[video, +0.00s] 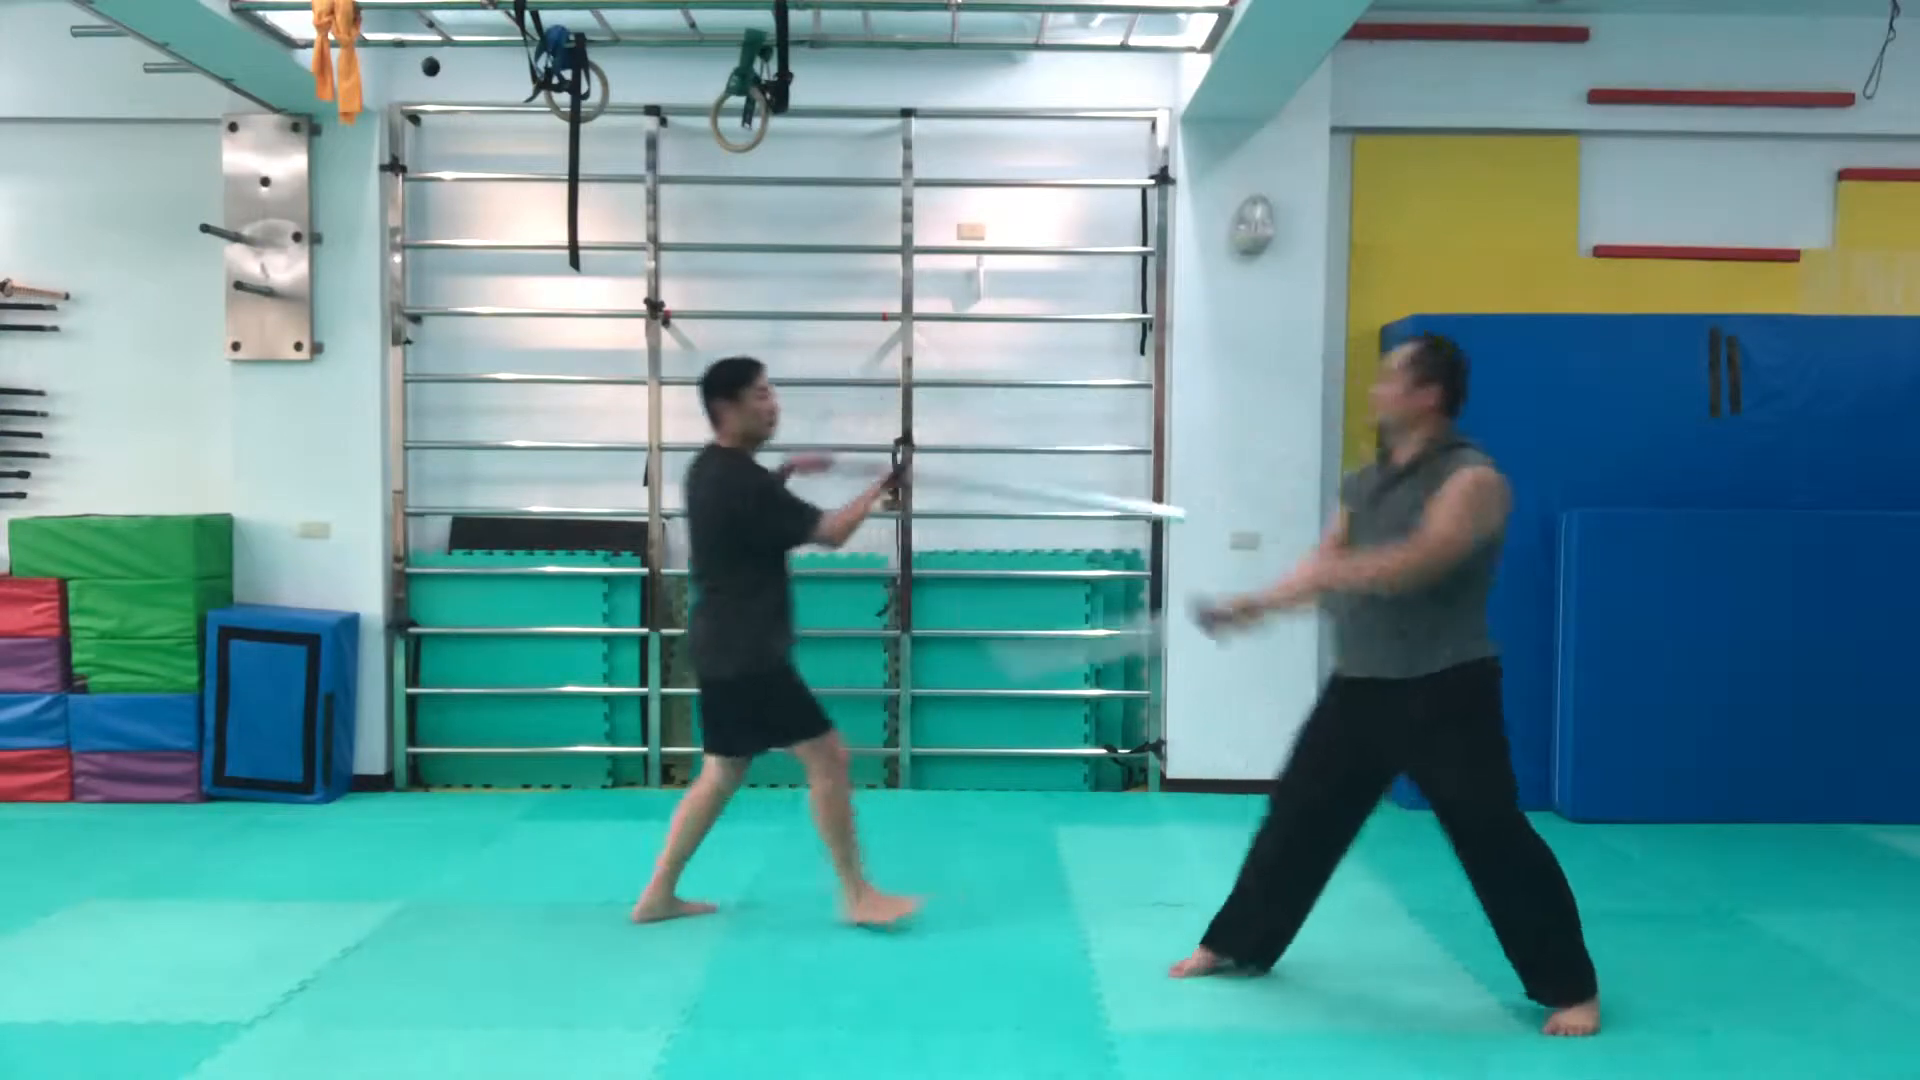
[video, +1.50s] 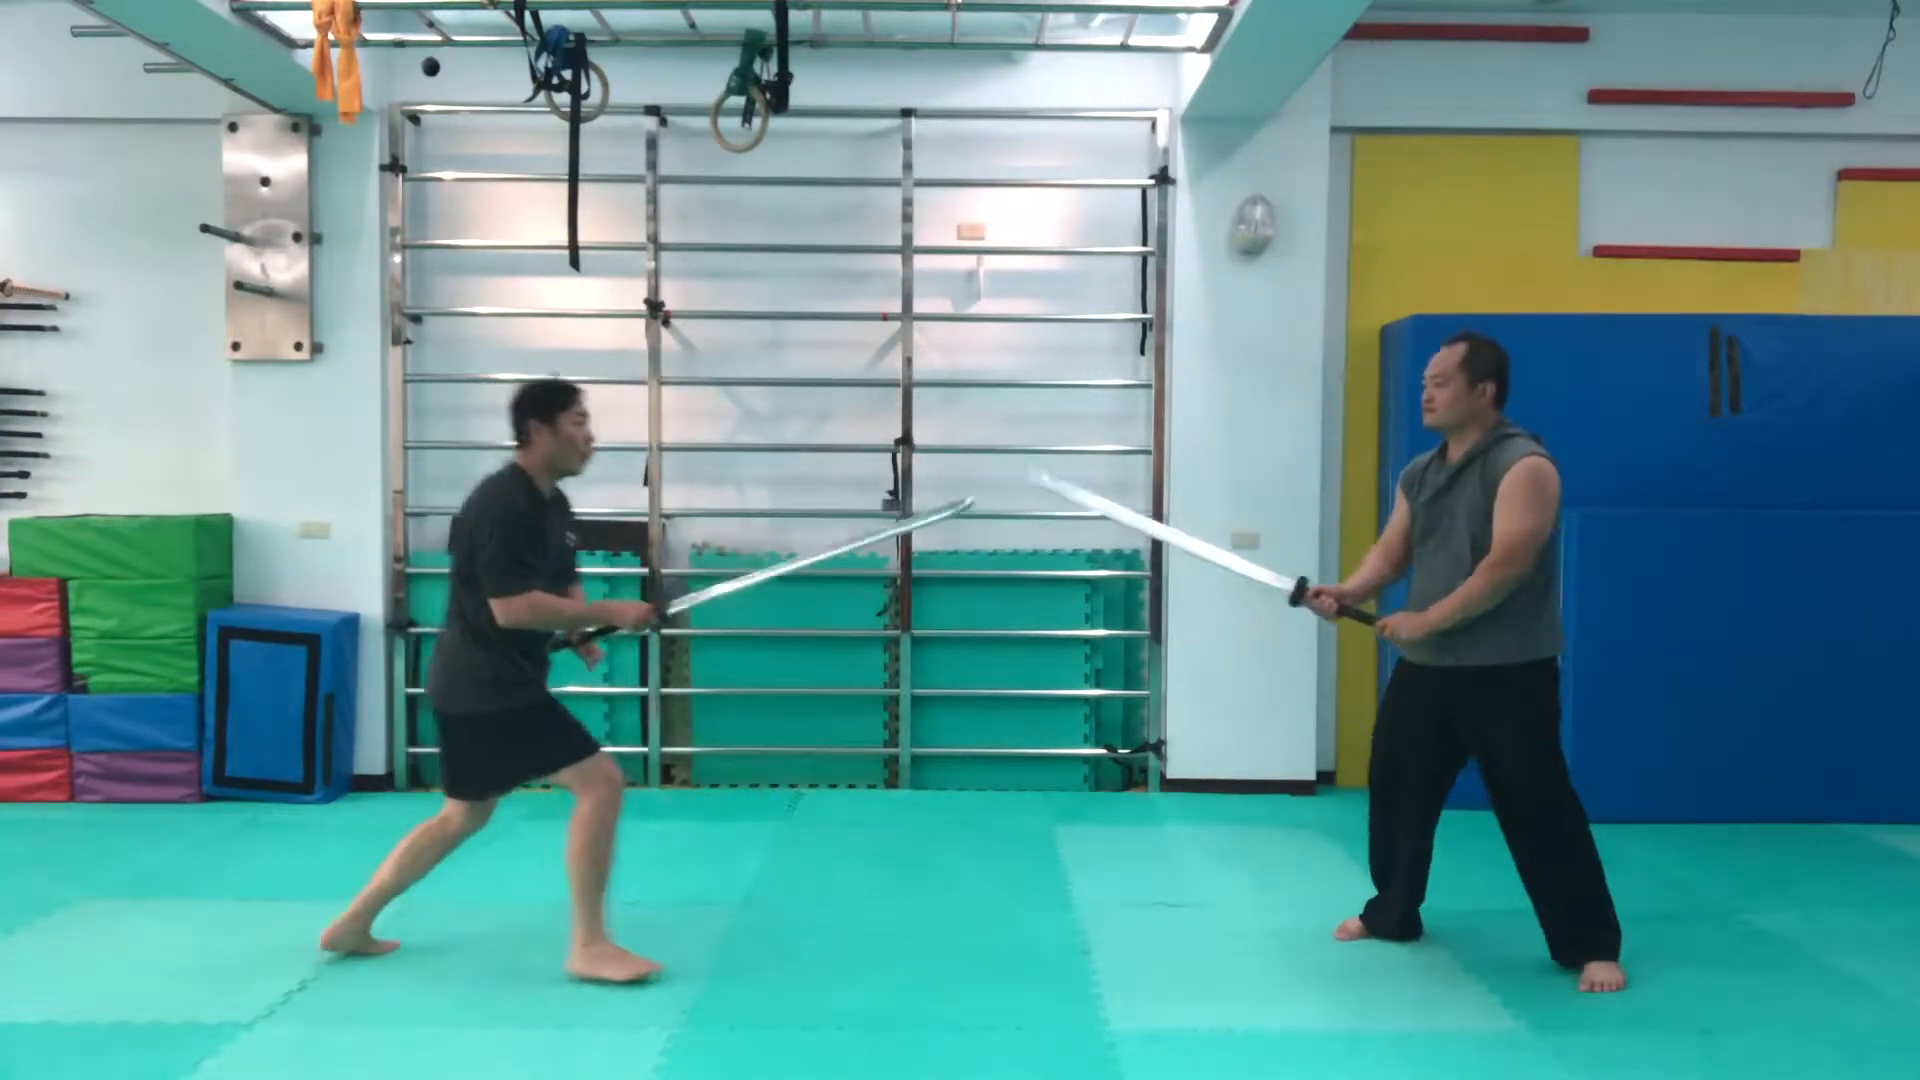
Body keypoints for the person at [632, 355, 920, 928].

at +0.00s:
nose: (774, 404)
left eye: (771, 393)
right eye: (761, 396)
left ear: (726, 411)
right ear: (727, 409)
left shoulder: (706, 471)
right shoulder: (746, 481)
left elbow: (744, 506)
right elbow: (830, 531)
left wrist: (788, 471)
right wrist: (875, 493)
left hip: (719, 657)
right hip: (752, 658)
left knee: (721, 774)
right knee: (827, 758)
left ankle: (657, 895)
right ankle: (857, 896)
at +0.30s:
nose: (720, 389)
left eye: (717, 378)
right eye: (708, 380)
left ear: (669, 393)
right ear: (673, 391)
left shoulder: (639, 460)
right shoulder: (682, 465)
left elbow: (651, 570)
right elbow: (702, 566)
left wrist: (740, 582)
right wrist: (763, 582)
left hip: (643, 647)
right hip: (675, 649)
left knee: (673, 769)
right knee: (704, 775)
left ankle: (655, 897)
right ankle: (606, 910)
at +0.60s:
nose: (696, 403)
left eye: (693, 390)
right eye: (684, 392)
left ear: (642, 401)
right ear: (645, 400)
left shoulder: (611, 457)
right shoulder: (629, 467)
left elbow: (608, 578)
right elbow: (643, 581)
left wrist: (667, 620)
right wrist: (731, 593)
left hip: (555, 648)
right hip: (574, 658)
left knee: (590, 779)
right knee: (612, 792)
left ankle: (578, 898)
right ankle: (564, 954)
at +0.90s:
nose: (621, 408)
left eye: (618, 395)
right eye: (609, 396)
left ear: (565, 406)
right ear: (570, 405)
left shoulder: (530, 467)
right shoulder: (562, 480)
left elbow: (546, 577)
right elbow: (577, 588)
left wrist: (623, 603)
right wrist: (670, 586)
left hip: (485, 666)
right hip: (530, 674)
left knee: (461, 787)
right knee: (587, 795)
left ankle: (356, 906)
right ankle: (563, 956)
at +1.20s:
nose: (561, 415)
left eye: (559, 403)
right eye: (549, 404)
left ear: (511, 415)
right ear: (508, 413)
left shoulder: (498, 476)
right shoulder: (491, 486)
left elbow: (517, 566)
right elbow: (501, 598)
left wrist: (557, 615)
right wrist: (601, 602)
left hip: (427, 672)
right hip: (468, 678)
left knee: (423, 801)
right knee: (546, 790)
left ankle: (340, 935)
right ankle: (556, 953)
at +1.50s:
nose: (590, 435)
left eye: (587, 422)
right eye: (578, 423)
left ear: (541, 433)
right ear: (537, 431)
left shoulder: (551, 505)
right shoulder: (501, 501)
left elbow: (551, 588)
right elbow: (510, 608)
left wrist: (576, 630)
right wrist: (605, 611)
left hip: (475, 688)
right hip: (492, 689)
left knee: (466, 812)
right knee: (600, 783)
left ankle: (351, 927)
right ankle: (590, 946)